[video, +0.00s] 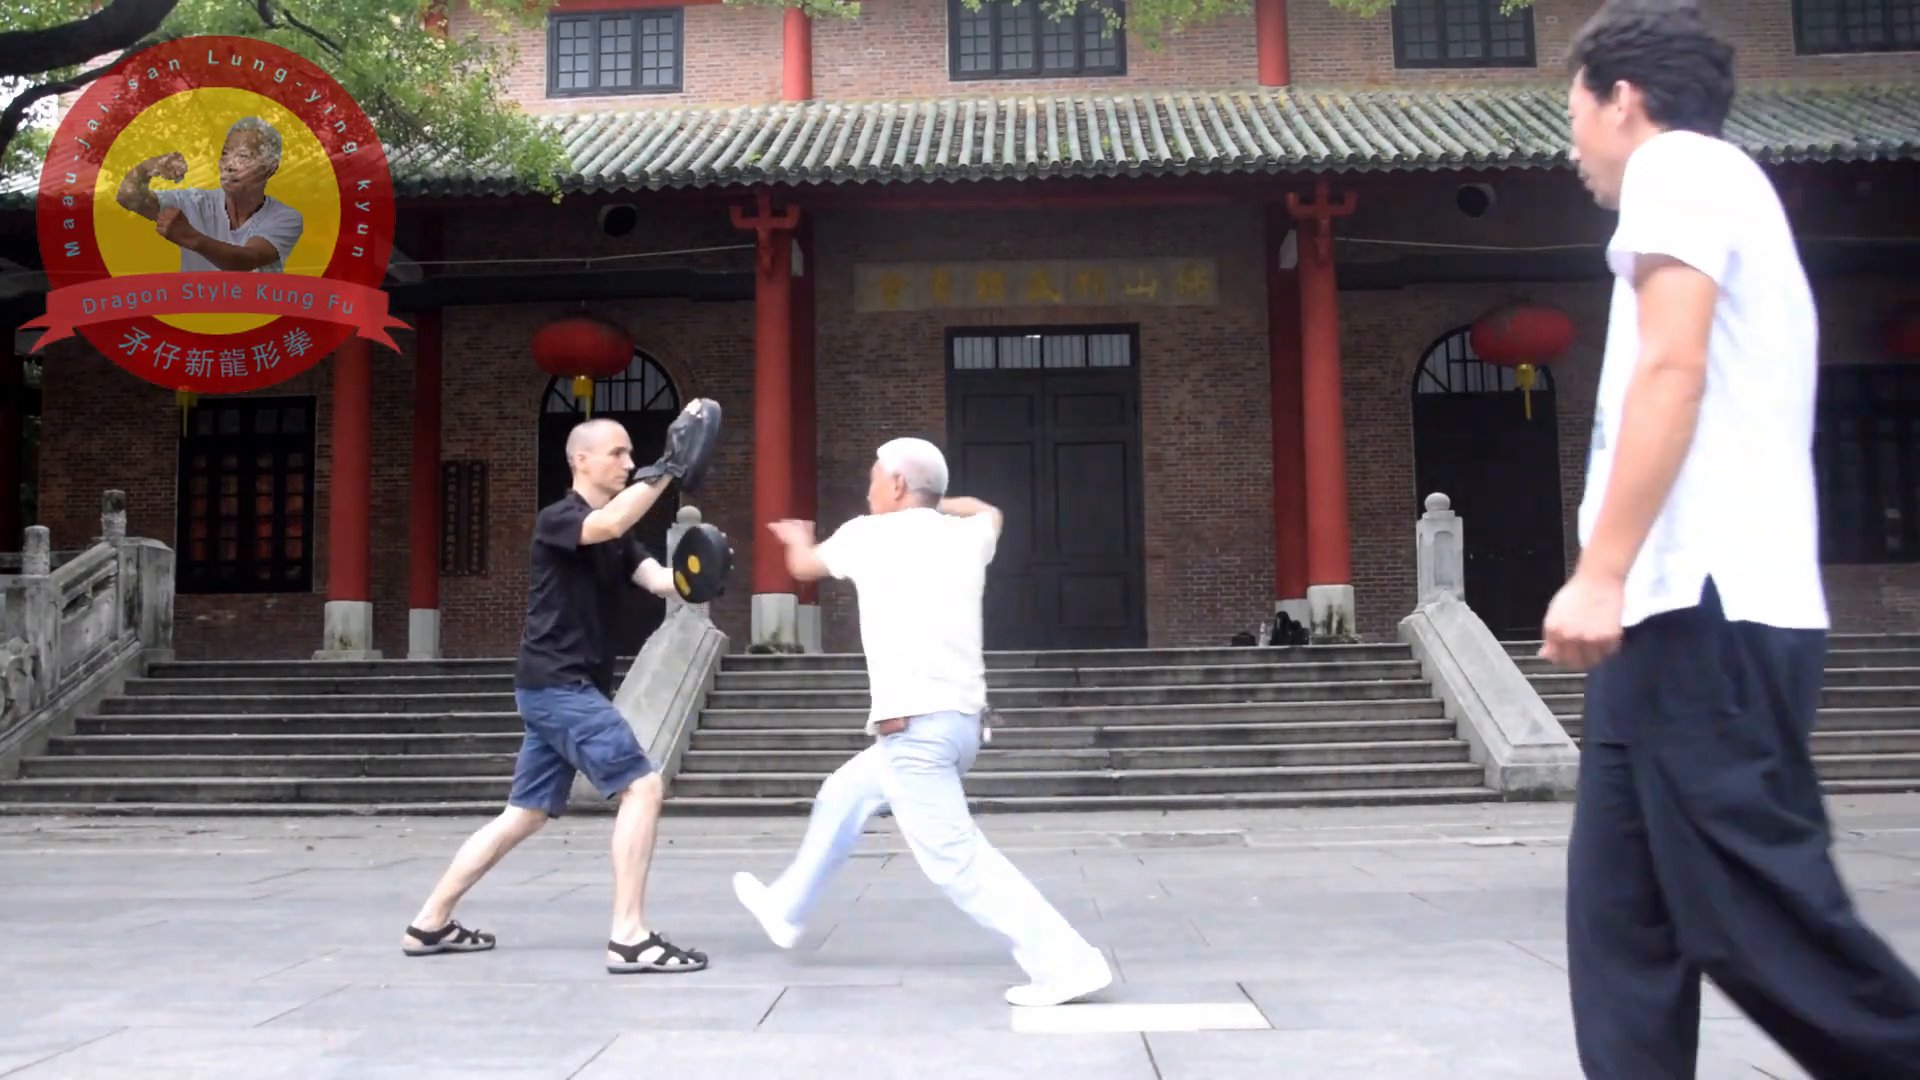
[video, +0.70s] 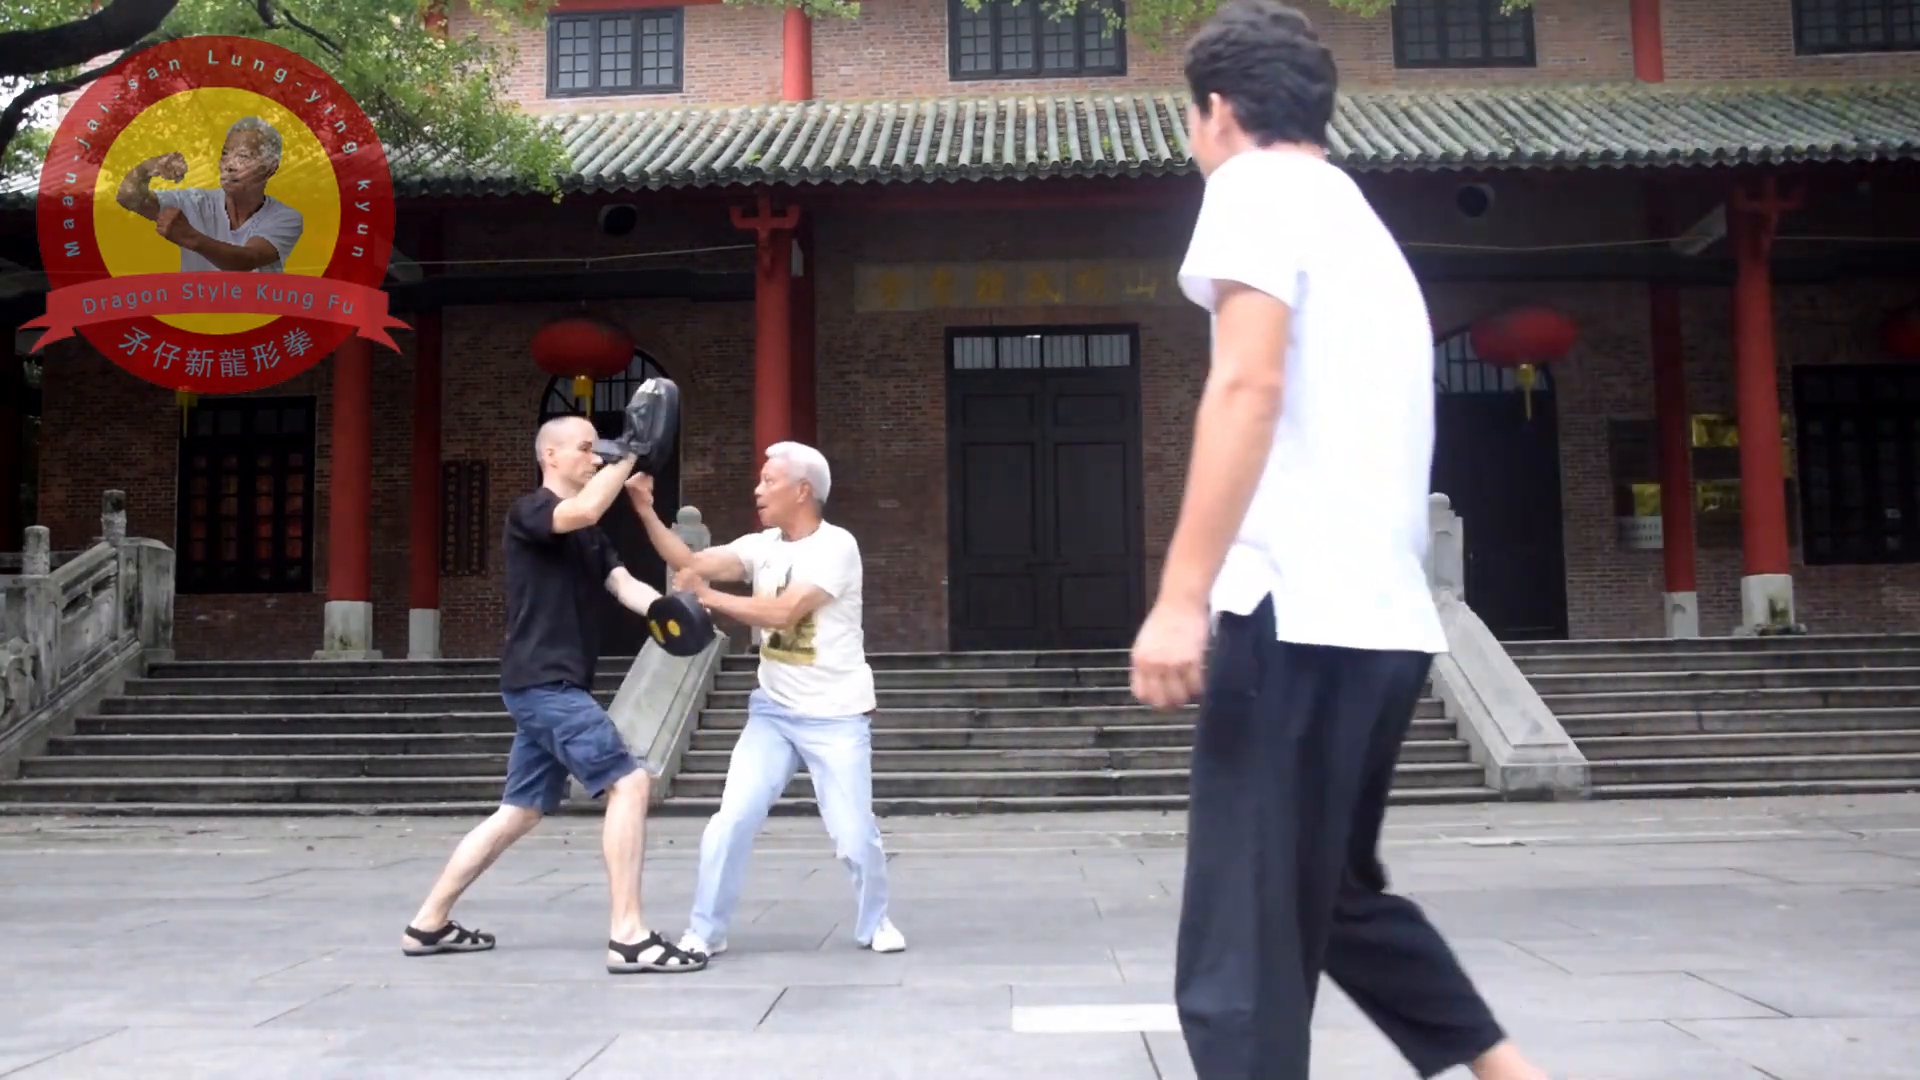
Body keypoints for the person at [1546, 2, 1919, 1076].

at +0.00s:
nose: (1571, 134)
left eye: (1576, 106)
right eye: (1570, 109)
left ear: (1629, 100)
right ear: (1673, 102)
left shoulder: (1682, 167)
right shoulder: (1715, 186)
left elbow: (1672, 372)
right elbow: (1710, 405)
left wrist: (1600, 572)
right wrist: (1616, 578)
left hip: (1713, 613)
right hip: (1662, 618)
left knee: (1762, 924)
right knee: (1620, 931)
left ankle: (1897, 1051)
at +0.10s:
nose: (1518, 136)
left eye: (1522, 111)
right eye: (1516, 114)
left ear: (1572, 104)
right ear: (1623, 106)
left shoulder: (1624, 168)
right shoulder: (1666, 189)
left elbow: (1613, 371)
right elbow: (1647, 401)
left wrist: (1535, 563)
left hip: (1658, 603)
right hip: (1652, 602)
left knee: (1620, 920)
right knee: (1605, 922)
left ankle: (1844, 1067)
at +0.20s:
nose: (1467, 145)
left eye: (1470, 119)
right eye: (1467, 121)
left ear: (1515, 112)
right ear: (1565, 112)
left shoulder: (1567, 174)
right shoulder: (1622, 193)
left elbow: (1563, 373)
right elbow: (1611, 409)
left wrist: (1482, 567)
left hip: (1606, 612)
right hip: (1644, 610)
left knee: (1502, 893)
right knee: (1617, 911)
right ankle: (1647, 1067)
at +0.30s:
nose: (1418, 150)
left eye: (1421, 125)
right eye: (1418, 126)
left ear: (1464, 120)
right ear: (1520, 119)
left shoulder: (1512, 185)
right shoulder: (1579, 207)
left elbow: (1515, 380)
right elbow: (1588, 425)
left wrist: (1444, 578)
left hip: (1554, 615)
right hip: (1605, 616)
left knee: (1426, 902)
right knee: (1588, 917)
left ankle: (1474, 1068)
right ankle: (1639, 1072)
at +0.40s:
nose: (1367, 155)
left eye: (1369, 130)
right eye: (1368, 131)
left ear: (1406, 128)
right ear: (1474, 125)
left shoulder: (1452, 199)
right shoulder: (1526, 215)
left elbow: (1460, 389)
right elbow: (1543, 433)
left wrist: (1401, 596)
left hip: (1494, 623)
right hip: (1549, 624)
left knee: (1395, 934)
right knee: (1562, 923)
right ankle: (1627, 1073)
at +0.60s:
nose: (1247, 158)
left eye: (1247, 134)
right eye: (1244, 137)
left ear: (1281, 125)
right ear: (1366, 123)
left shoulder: (1321, 205)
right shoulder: (1414, 233)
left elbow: (1319, 404)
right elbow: (1429, 452)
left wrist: (1265, 616)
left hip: (1355, 630)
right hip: (1432, 637)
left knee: (1260, 936)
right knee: (1446, 909)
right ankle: (1565, 1075)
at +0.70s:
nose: (1192, 144)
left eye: (1192, 121)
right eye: (1191, 124)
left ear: (1224, 111)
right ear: (1311, 112)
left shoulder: (1255, 190)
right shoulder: (1363, 226)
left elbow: (1247, 385)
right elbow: (1369, 438)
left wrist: (1180, 595)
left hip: (1295, 619)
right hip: (1383, 626)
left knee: (1243, 931)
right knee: (1335, 891)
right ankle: (1495, 1062)